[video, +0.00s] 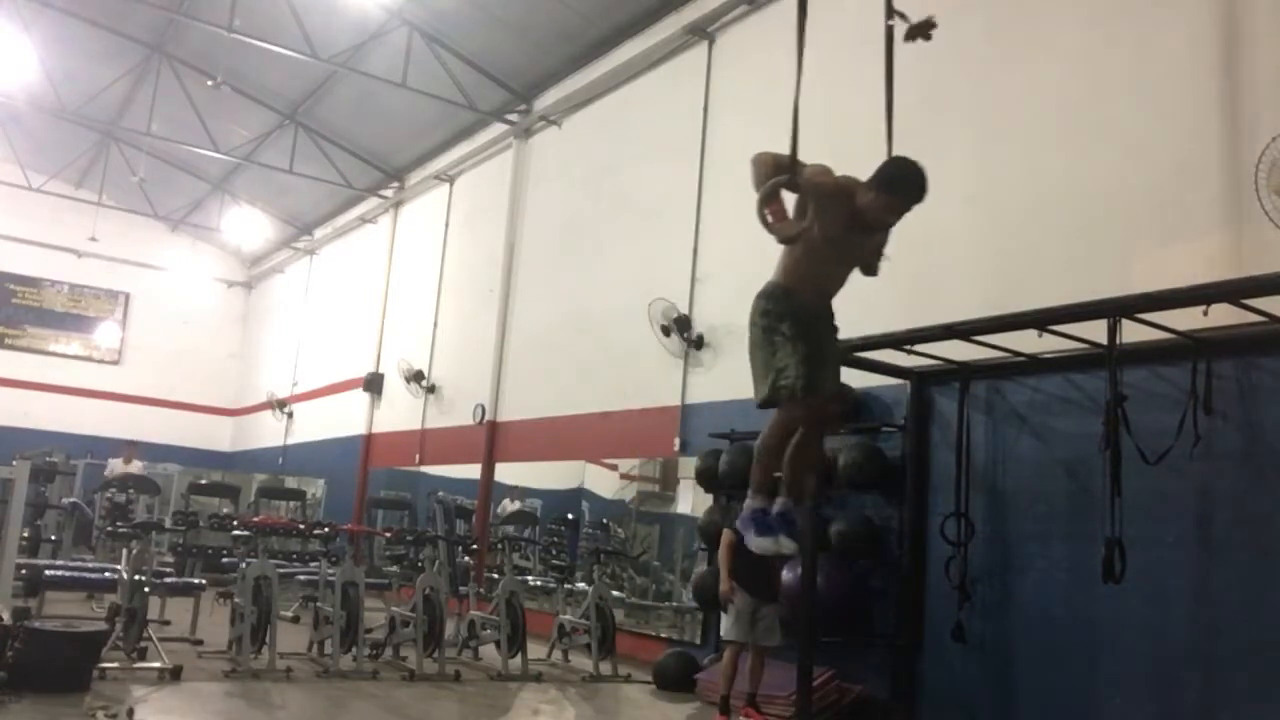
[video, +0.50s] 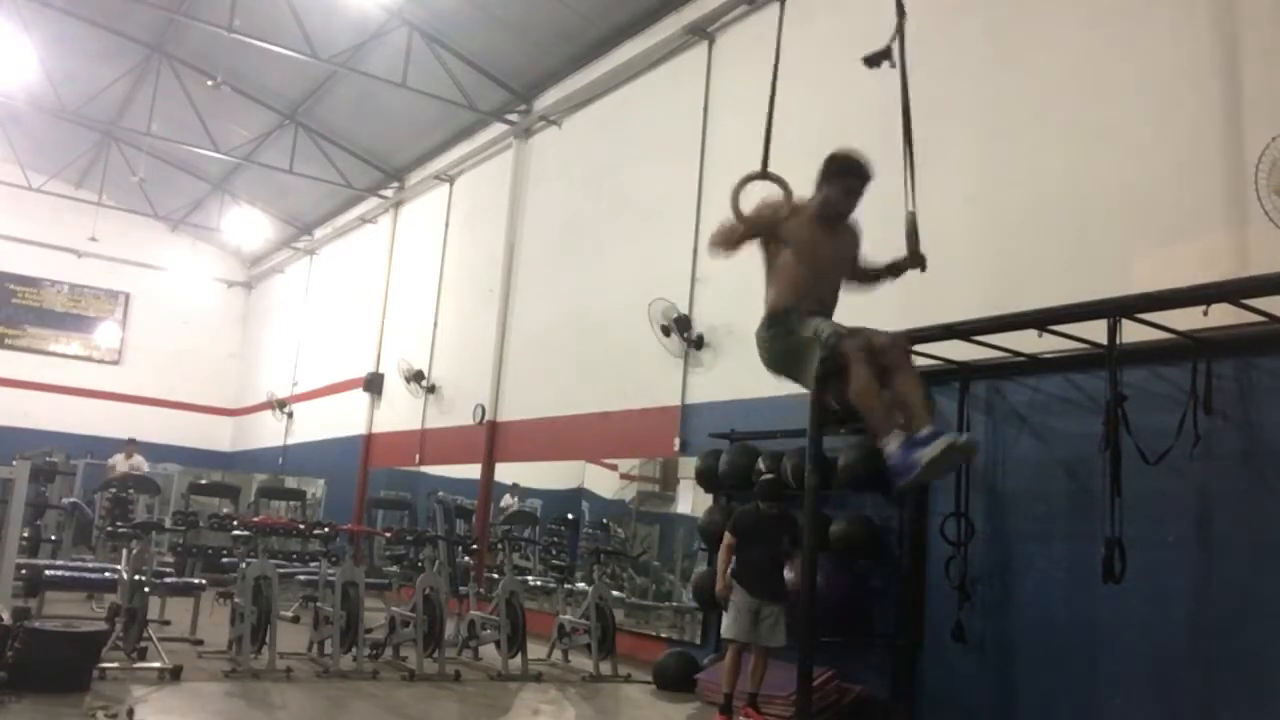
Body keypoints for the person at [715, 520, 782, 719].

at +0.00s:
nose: (762, 502)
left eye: (767, 496)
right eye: (758, 496)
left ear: (773, 499)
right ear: (750, 497)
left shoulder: (779, 522)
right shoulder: (743, 516)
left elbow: (785, 556)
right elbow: (725, 545)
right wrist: (724, 580)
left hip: (768, 592)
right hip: (740, 589)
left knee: (759, 650)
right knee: (734, 646)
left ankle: (751, 703)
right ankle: (724, 706)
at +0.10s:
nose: (767, 499)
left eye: (772, 494)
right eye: (764, 493)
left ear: (778, 496)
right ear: (756, 492)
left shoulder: (782, 520)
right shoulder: (744, 514)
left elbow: (789, 555)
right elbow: (724, 546)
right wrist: (724, 578)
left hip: (770, 592)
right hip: (742, 587)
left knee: (760, 650)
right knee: (734, 646)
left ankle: (751, 704)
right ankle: (724, 706)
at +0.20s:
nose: (780, 498)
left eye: (783, 494)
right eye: (776, 493)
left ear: (788, 497)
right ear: (766, 493)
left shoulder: (784, 520)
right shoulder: (746, 513)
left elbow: (785, 561)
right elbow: (724, 545)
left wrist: (790, 593)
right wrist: (724, 579)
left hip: (771, 592)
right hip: (742, 588)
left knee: (761, 649)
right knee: (735, 646)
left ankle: (751, 703)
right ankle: (726, 706)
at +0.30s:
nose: (770, 509)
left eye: (775, 504)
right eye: (766, 503)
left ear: (781, 501)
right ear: (759, 498)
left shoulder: (786, 522)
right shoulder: (743, 514)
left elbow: (791, 561)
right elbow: (725, 546)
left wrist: (795, 589)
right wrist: (724, 579)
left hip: (771, 592)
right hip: (741, 588)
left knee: (762, 650)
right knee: (735, 646)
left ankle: (751, 703)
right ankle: (726, 705)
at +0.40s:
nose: (771, 508)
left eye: (775, 503)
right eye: (767, 502)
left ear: (781, 499)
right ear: (758, 497)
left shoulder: (787, 520)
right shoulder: (743, 514)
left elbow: (792, 557)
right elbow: (725, 548)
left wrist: (799, 584)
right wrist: (723, 580)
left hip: (772, 591)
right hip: (742, 588)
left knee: (762, 649)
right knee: (735, 647)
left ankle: (751, 703)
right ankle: (726, 705)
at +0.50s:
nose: (770, 506)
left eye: (775, 501)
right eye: (766, 500)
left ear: (781, 499)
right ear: (758, 496)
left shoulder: (788, 520)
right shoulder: (743, 515)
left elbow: (795, 555)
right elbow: (726, 547)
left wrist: (798, 583)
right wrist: (721, 579)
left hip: (773, 591)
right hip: (743, 588)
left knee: (762, 650)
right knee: (735, 647)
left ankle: (751, 703)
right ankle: (726, 705)